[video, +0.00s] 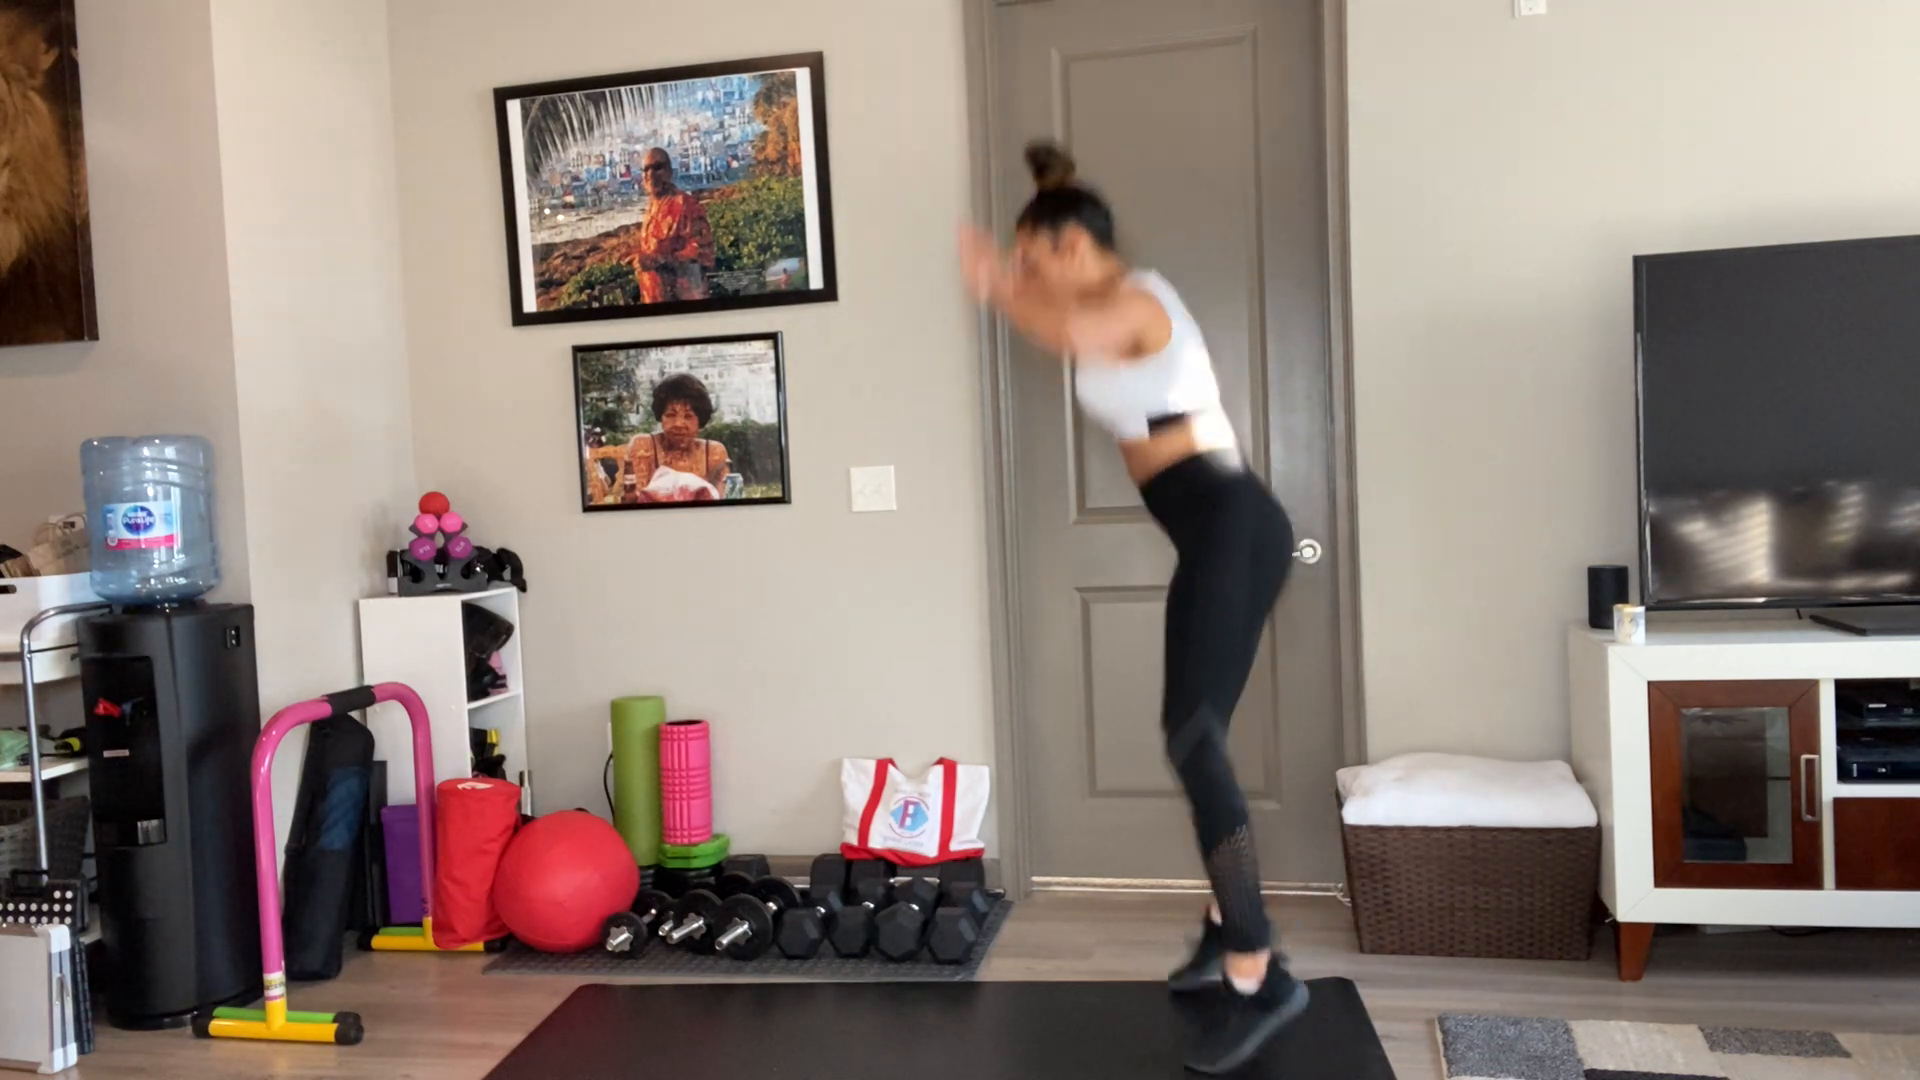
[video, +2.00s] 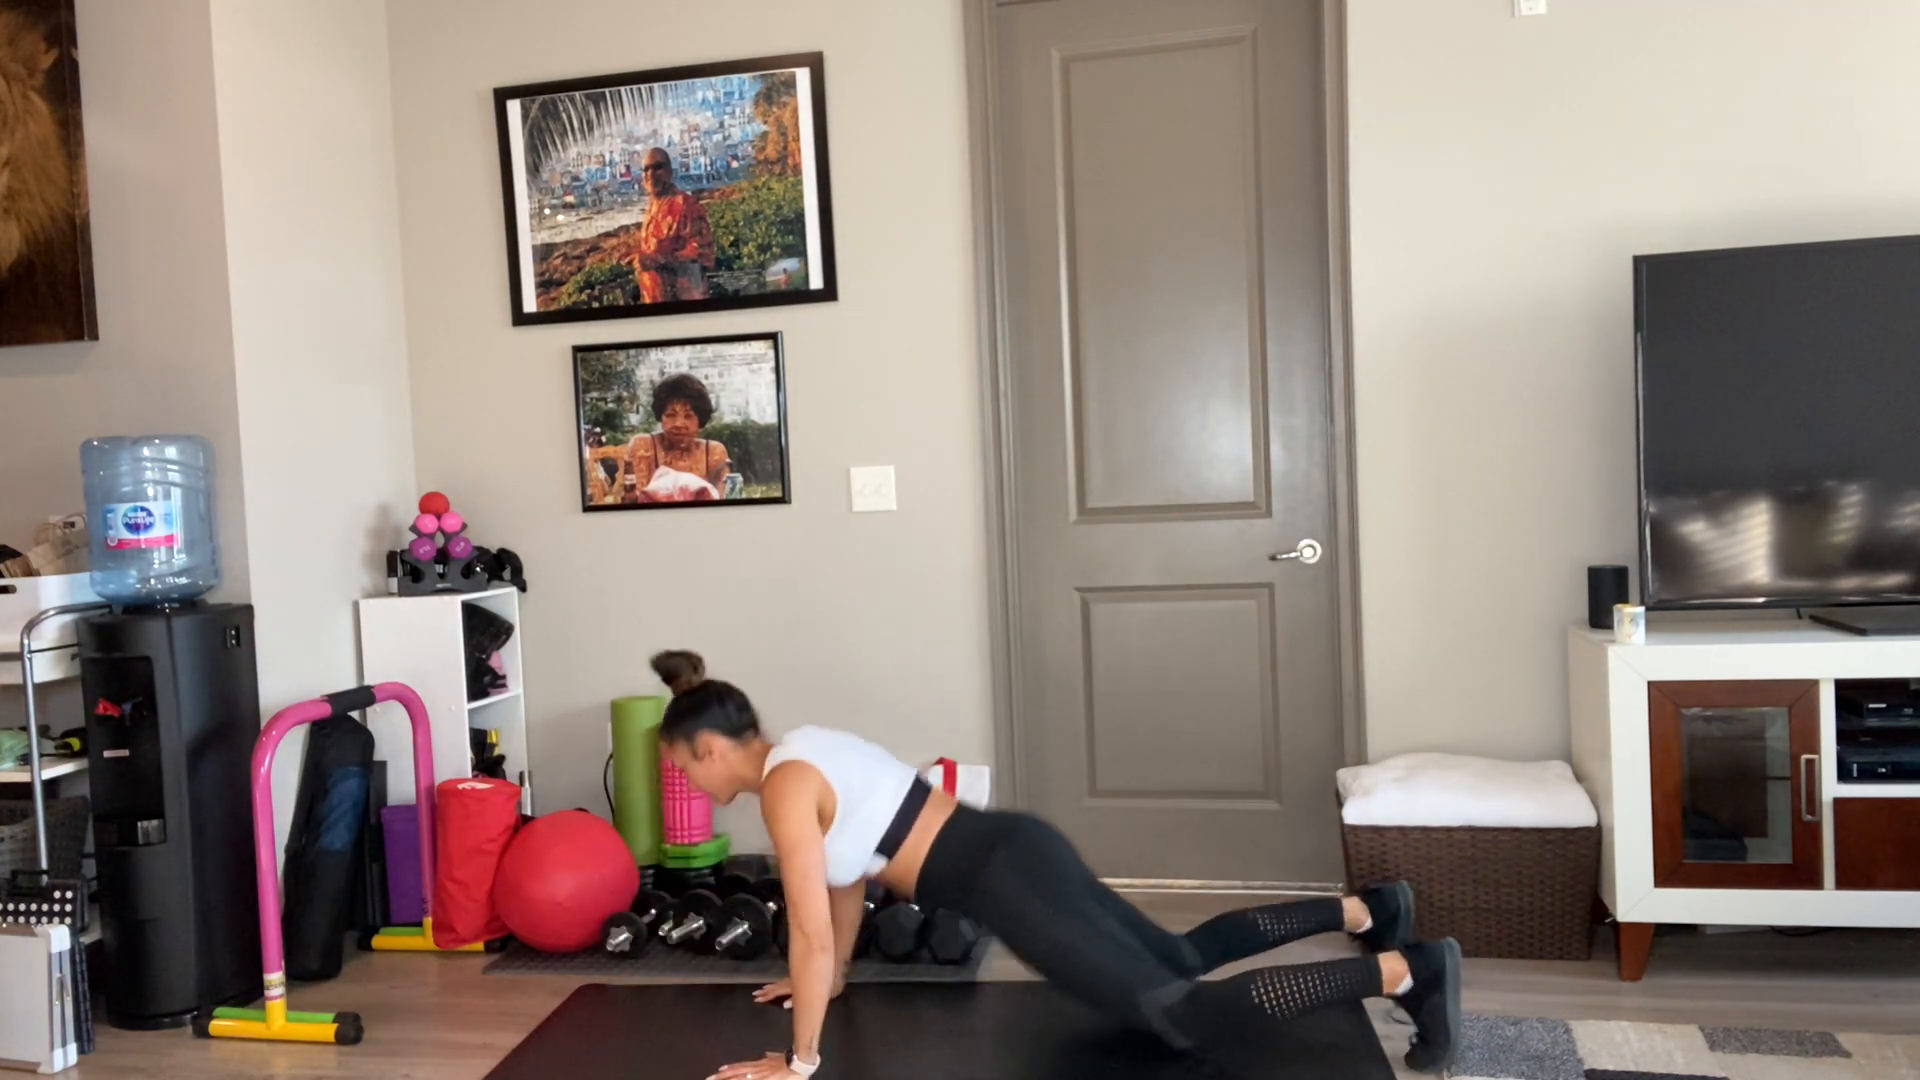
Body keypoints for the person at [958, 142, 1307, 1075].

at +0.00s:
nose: (1041, 271)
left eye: (1052, 254)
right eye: (1034, 258)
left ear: (1091, 244)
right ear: (1055, 255)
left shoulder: (1142, 300)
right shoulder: (1101, 305)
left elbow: (1080, 336)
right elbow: (1053, 306)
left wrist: (1002, 291)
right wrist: (1016, 279)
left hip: (1234, 521)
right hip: (1206, 528)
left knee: (1195, 733)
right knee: (1192, 732)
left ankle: (1257, 964)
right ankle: (1233, 929)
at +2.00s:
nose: (689, 784)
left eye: (688, 766)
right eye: (684, 771)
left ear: (719, 745)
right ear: (733, 733)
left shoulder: (786, 790)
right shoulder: (813, 752)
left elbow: (812, 941)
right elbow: (850, 884)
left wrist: (800, 1059)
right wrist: (821, 969)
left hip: (993, 871)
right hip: (1005, 846)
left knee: (1168, 1001)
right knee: (1174, 959)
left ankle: (1394, 968)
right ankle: (1361, 909)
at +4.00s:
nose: (864, 741)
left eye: (855, 729)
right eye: (852, 733)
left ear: (874, 697)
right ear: (885, 685)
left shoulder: (936, 708)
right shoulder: (940, 687)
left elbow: (908, 856)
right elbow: (933, 839)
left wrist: (846, 988)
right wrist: (875, 916)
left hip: (1182, 675)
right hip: (1150, 670)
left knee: (1050, 835)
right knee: (1044, 803)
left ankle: (1185, 1015)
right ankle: (1167, 955)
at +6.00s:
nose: (847, 801)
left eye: (837, 790)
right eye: (836, 795)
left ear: (855, 760)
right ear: (864, 743)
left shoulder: (906, 761)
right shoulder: (910, 736)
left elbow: (875, 922)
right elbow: (889, 883)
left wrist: (828, 1052)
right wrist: (847, 970)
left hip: (1140, 670)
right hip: (1139, 660)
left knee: (1005, 836)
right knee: (1035, 812)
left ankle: (1141, 1010)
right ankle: (1136, 950)